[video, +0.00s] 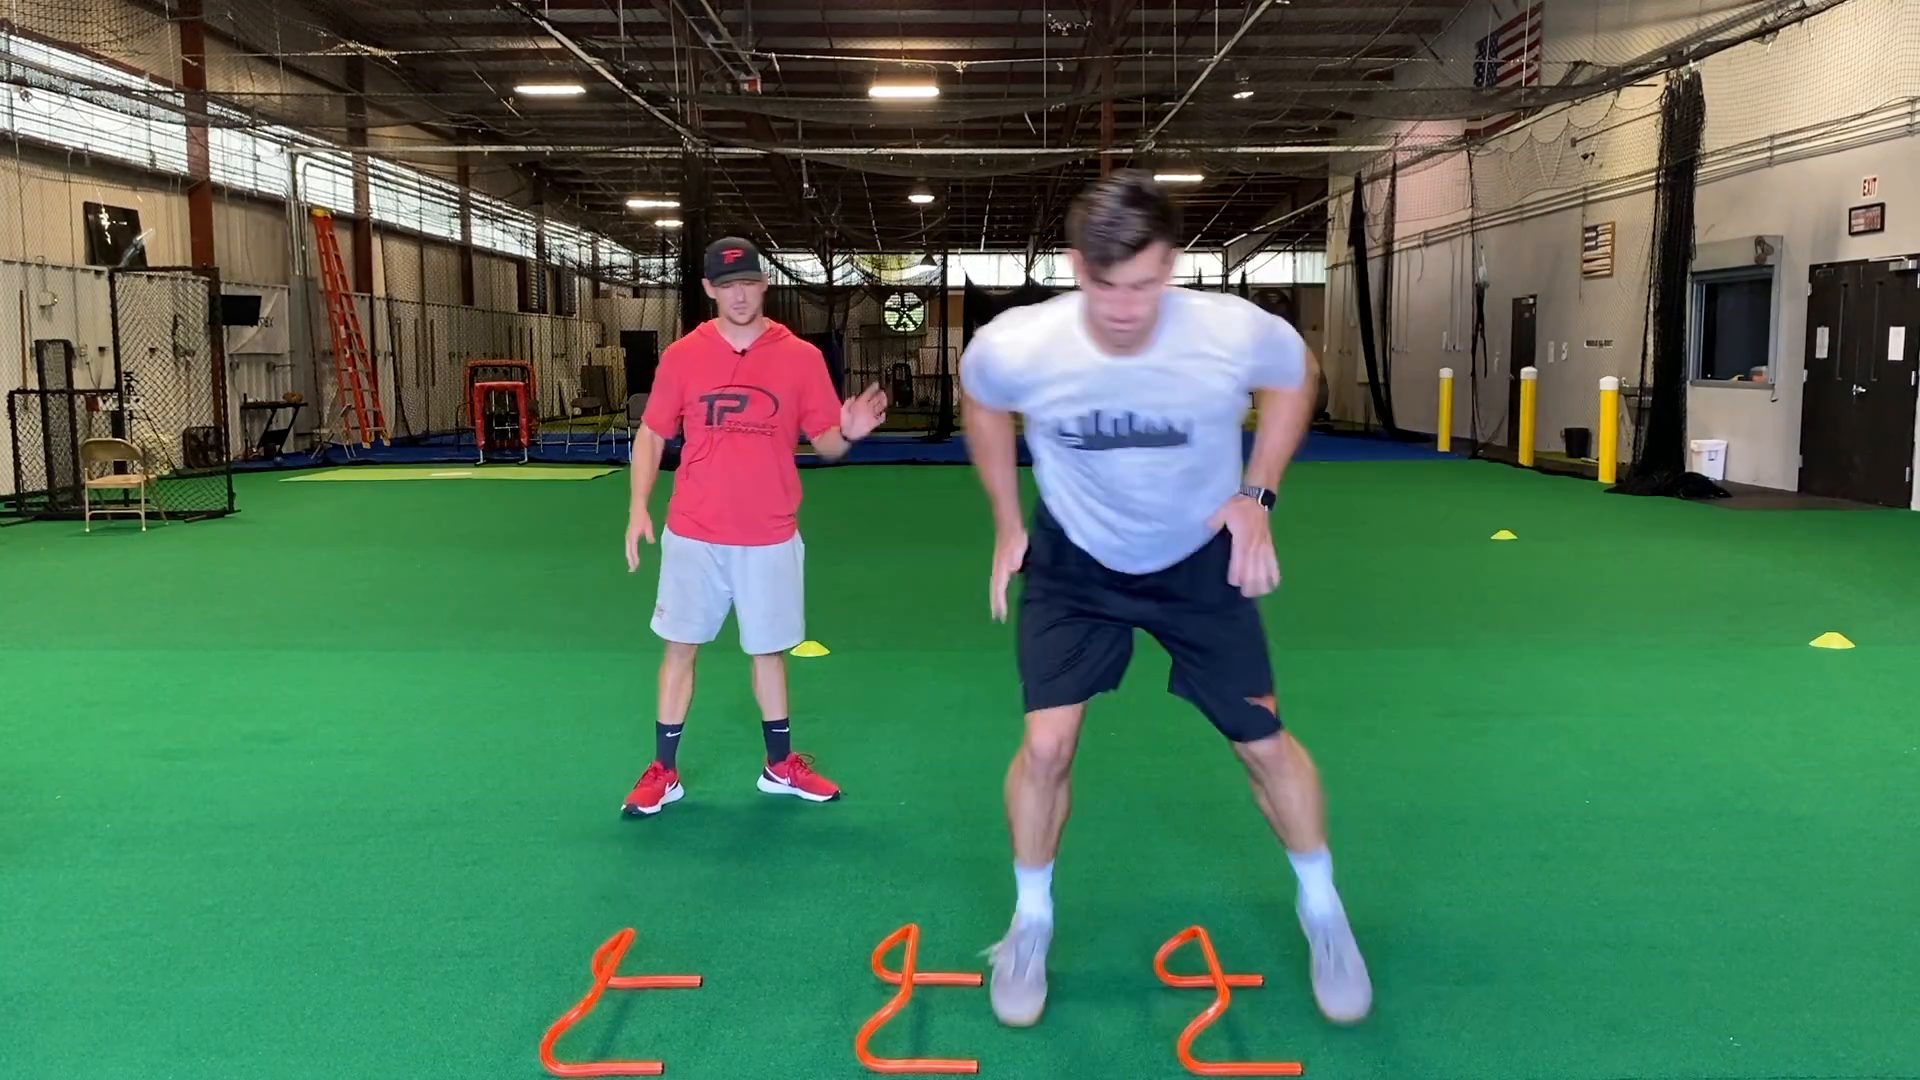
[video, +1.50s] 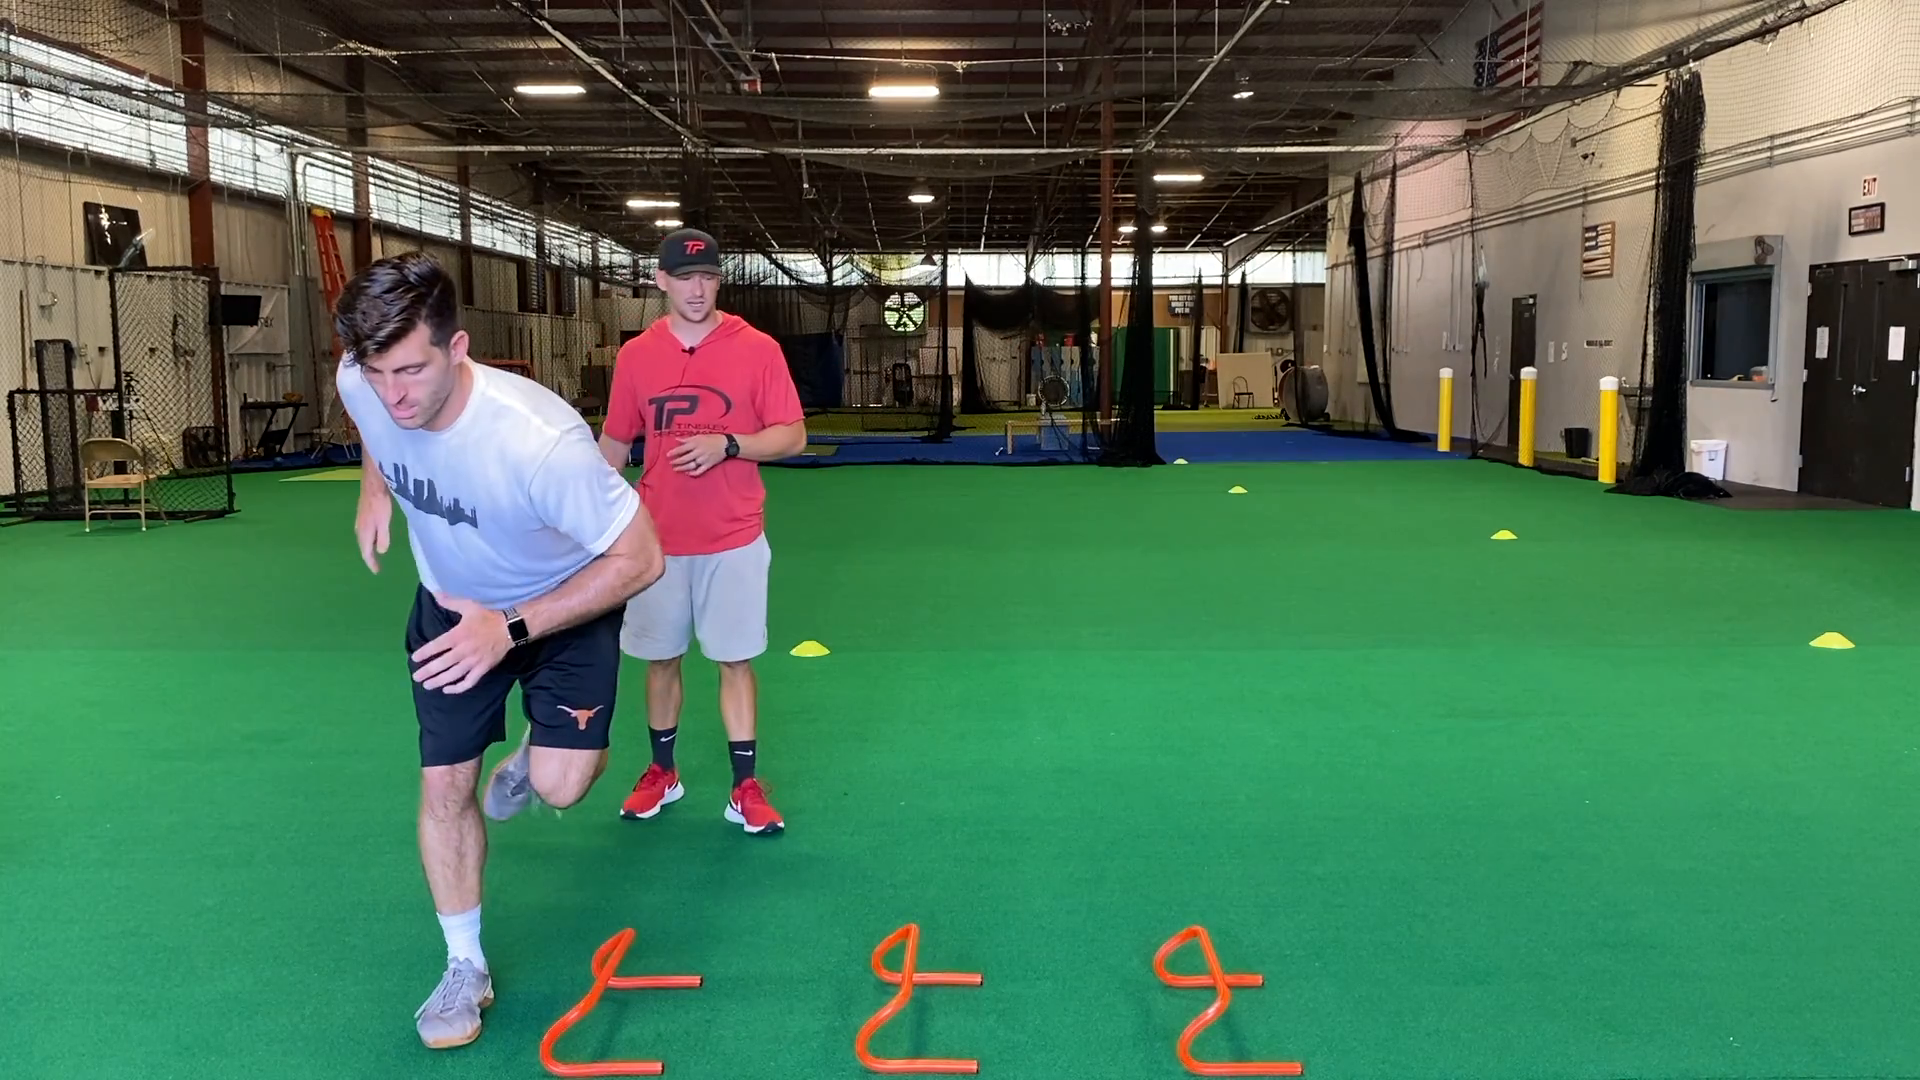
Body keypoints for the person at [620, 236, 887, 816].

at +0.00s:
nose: (740, 295)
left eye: (749, 284)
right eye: (728, 286)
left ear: (765, 284)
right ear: (710, 290)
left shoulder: (800, 357)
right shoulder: (682, 357)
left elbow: (826, 446)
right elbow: (652, 434)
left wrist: (848, 428)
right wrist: (639, 506)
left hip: (770, 534)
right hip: (695, 531)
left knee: (770, 647)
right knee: (681, 644)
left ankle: (781, 761)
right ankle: (664, 768)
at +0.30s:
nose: (666, 290)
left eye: (675, 277)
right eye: (653, 282)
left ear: (697, 277)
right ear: (641, 289)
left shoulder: (741, 350)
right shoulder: (628, 357)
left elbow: (774, 435)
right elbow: (611, 434)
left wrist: (722, 432)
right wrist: (624, 460)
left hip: (721, 532)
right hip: (646, 533)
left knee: (751, 642)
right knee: (654, 644)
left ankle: (775, 757)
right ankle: (660, 769)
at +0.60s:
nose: (633, 287)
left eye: (644, 274)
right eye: (622, 278)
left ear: (668, 278)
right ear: (609, 287)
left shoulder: (702, 345)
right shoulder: (598, 358)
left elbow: (731, 426)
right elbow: (572, 431)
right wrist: (588, 452)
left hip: (705, 524)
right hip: (631, 527)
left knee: (716, 648)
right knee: (650, 648)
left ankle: (727, 766)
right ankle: (660, 765)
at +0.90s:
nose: (635, 294)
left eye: (642, 282)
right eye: (625, 284)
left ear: (661, 282)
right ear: (607, 282)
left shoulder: (691, 344)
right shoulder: (580, 350)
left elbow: (750, 420)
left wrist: (689, 450)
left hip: (693, 516)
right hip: (612, 521)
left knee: (694, 654)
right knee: (643, 651)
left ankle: (719, 781)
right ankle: (658, 765)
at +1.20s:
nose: (653, 289)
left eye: (662, 277)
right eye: (641, 279)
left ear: (680, 279)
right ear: (622, 285)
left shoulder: (723, 346)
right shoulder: (604, 361)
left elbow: (762, 430)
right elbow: (586, 449)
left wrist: (698, 442)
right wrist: (600, 525)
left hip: (707, 536)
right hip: (638, 540)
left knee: (720, 655)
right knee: (649, 654)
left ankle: (742, 778)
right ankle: (660, 770)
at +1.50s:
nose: (696, 287)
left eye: (706, 275)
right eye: (683, 276)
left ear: (719, 278)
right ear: (661, 281)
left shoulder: (758, 350)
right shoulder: (636, 356)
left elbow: (792, 437)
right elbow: (613, 447)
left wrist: (729, 442)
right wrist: (580, 509)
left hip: (734, 538)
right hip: (657, 540)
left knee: (736, 659)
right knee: (661, 658)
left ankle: (745, 786)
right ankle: (661, 771)